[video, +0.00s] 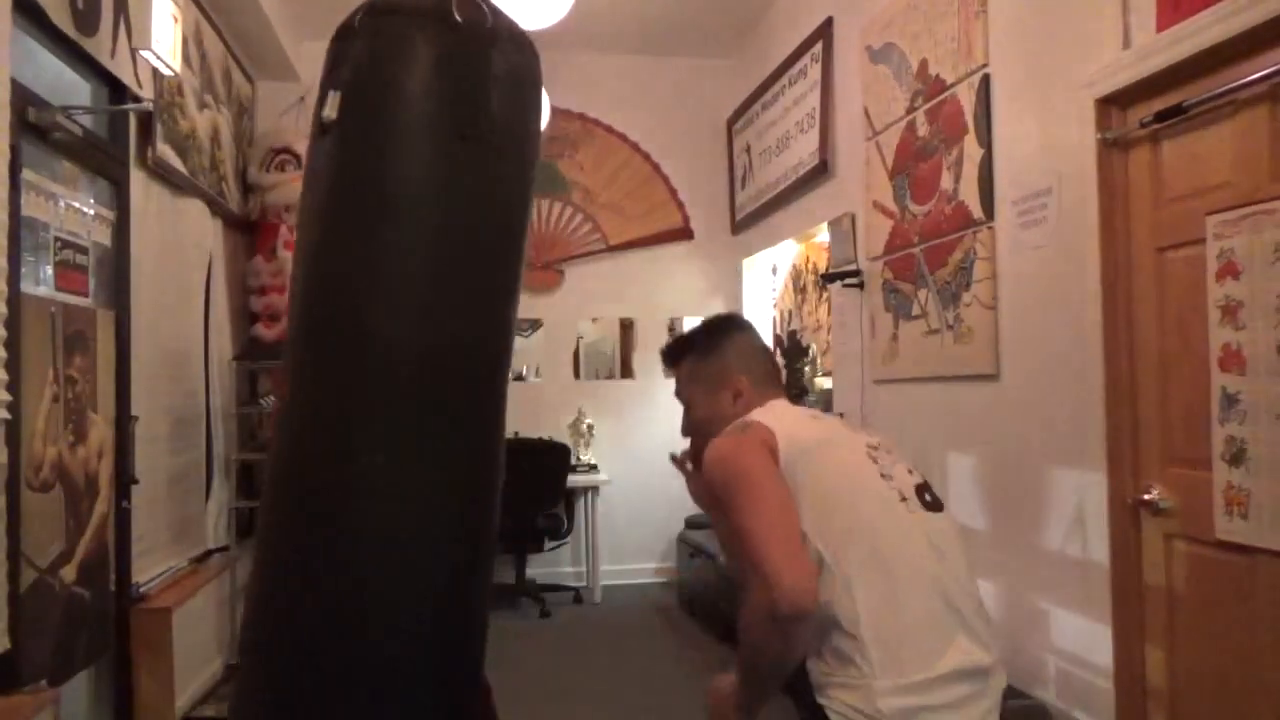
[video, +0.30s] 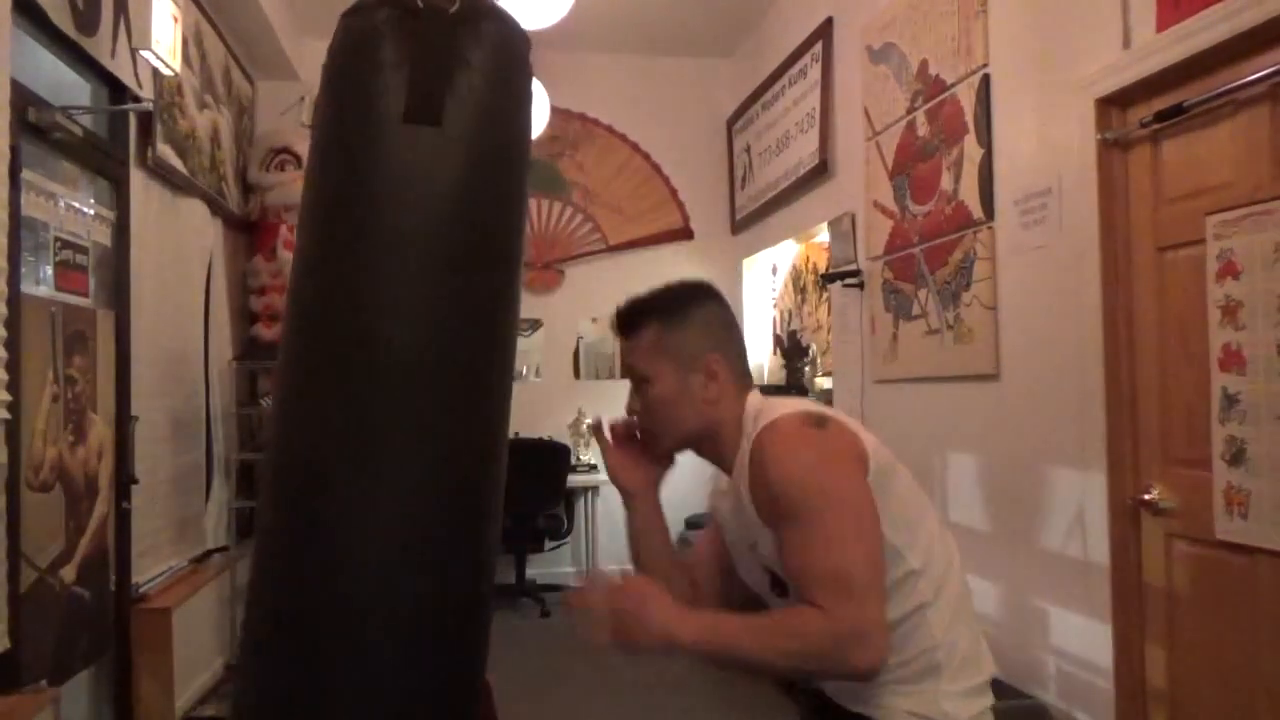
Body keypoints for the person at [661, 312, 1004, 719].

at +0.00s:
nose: (683, 428)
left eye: (687, 404)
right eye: (682, 406)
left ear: (736, 393)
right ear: (759, 389)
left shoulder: (738, 444)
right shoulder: (842, 431)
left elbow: (789, 598)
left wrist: (745, 696)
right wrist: (720, 509)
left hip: (883, 707)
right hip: (977, 698)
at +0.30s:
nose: (632, 405)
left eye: (643, 383)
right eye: (631, 385)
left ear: (710, 379)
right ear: (711, 382)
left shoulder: (798, 448)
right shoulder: (739, 473)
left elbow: (855, 641)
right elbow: (695, 615)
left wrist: (682, 625)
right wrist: (642, 499)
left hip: (923, 703)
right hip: (841, 690)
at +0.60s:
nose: (594, 307)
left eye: (607, 285)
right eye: (594, 285)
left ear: (686, 285)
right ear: (686, 289)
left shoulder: (786, 404)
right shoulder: (677, 403)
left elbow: (716, 629)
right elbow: (571, 504)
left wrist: (562, 529)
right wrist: (577, 350)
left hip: (851, 707)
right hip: (765, 692)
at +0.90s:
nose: (601, 306)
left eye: (606, 279)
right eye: (600, 281)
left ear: (663, 269)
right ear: (662, 270)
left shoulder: (758, 388)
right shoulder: (740, 363)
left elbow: (655, 594)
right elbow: (633, 486)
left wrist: (582, 415)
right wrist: (600, 397)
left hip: (804, 706)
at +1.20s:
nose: (704, 326)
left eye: (700, 305)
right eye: (697, 310)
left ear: (735, 279)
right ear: (796, 274)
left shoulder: (740, 349)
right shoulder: (881, 358)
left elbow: (612, 490)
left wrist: (615, 344)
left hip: (773, 702)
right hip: (893, 689)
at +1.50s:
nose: (728, 378)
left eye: (725, 362)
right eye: (722, 366)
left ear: (760, 330)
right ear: (813, 326)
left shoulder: (767, 376)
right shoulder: (899, 388)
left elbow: (680, 540)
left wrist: (640, 418)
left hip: (810, 704)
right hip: (922, 697)